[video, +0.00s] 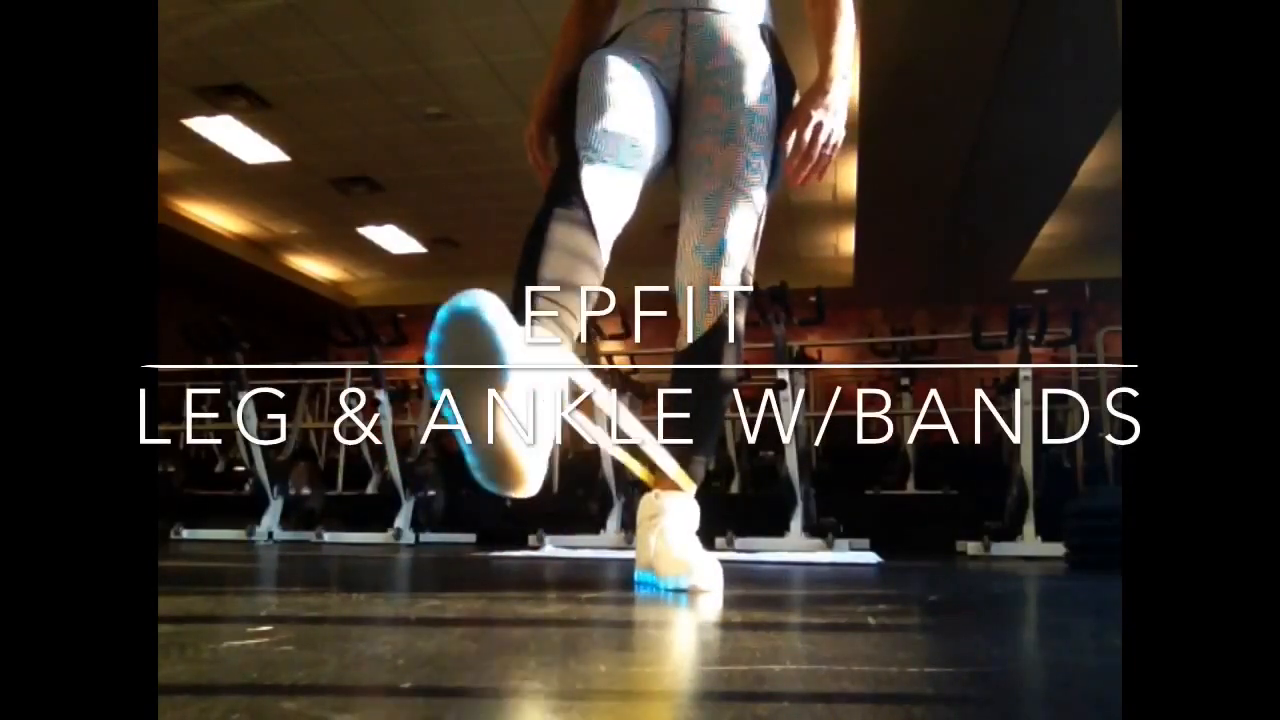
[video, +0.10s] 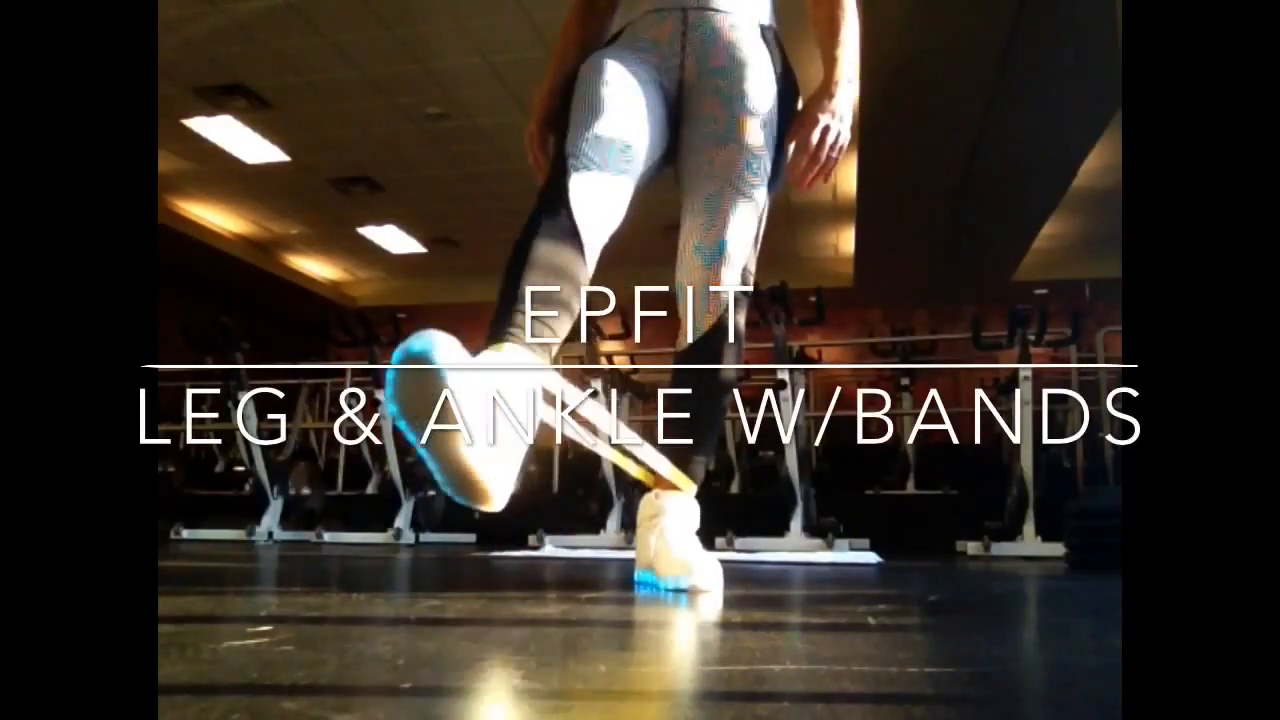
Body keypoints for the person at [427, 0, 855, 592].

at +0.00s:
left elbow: (827, 3)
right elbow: (593, 4)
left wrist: (836, 81)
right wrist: (554, 89)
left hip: (737, 30)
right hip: (631, 28)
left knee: (716, 265)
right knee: (595, 181)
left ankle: (670, 516)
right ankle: (529, 406)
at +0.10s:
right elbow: (593, 3)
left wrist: (839, 87)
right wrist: (551, 94)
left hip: (740, 28)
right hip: (632, 29)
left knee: (715, 270)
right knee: (579, 188)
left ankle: (672, 517)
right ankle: (499, 414)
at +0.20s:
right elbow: (593, 7)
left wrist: (844, 88)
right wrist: (552, 95)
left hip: (742, 28)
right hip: (633, 29)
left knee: (716, 267)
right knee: (580, 188)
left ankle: (671, 522)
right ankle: (493, 427)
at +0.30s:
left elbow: (833, 5)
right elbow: (595, 6)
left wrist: (847, 82)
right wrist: (555, 87)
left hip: (743, 29)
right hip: (635, 27)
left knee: (716, 273)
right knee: (580, 211)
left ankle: (674, 519)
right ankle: (503, 462)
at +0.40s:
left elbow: (837, 3)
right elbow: (597, 2)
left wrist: (848, 79)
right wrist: (558, 88)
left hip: (741, 24)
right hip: (631, 24)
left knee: (718, 271)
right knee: (595, 213)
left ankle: (674, 517)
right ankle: (531, 466)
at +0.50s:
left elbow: (835, 3)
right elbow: (596, 4)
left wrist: (846, 75)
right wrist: (557, 95)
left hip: (742, 28)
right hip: (632, 24)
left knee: (722, 268)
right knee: (614, 204)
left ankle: (674, 515)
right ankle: (564, 455)